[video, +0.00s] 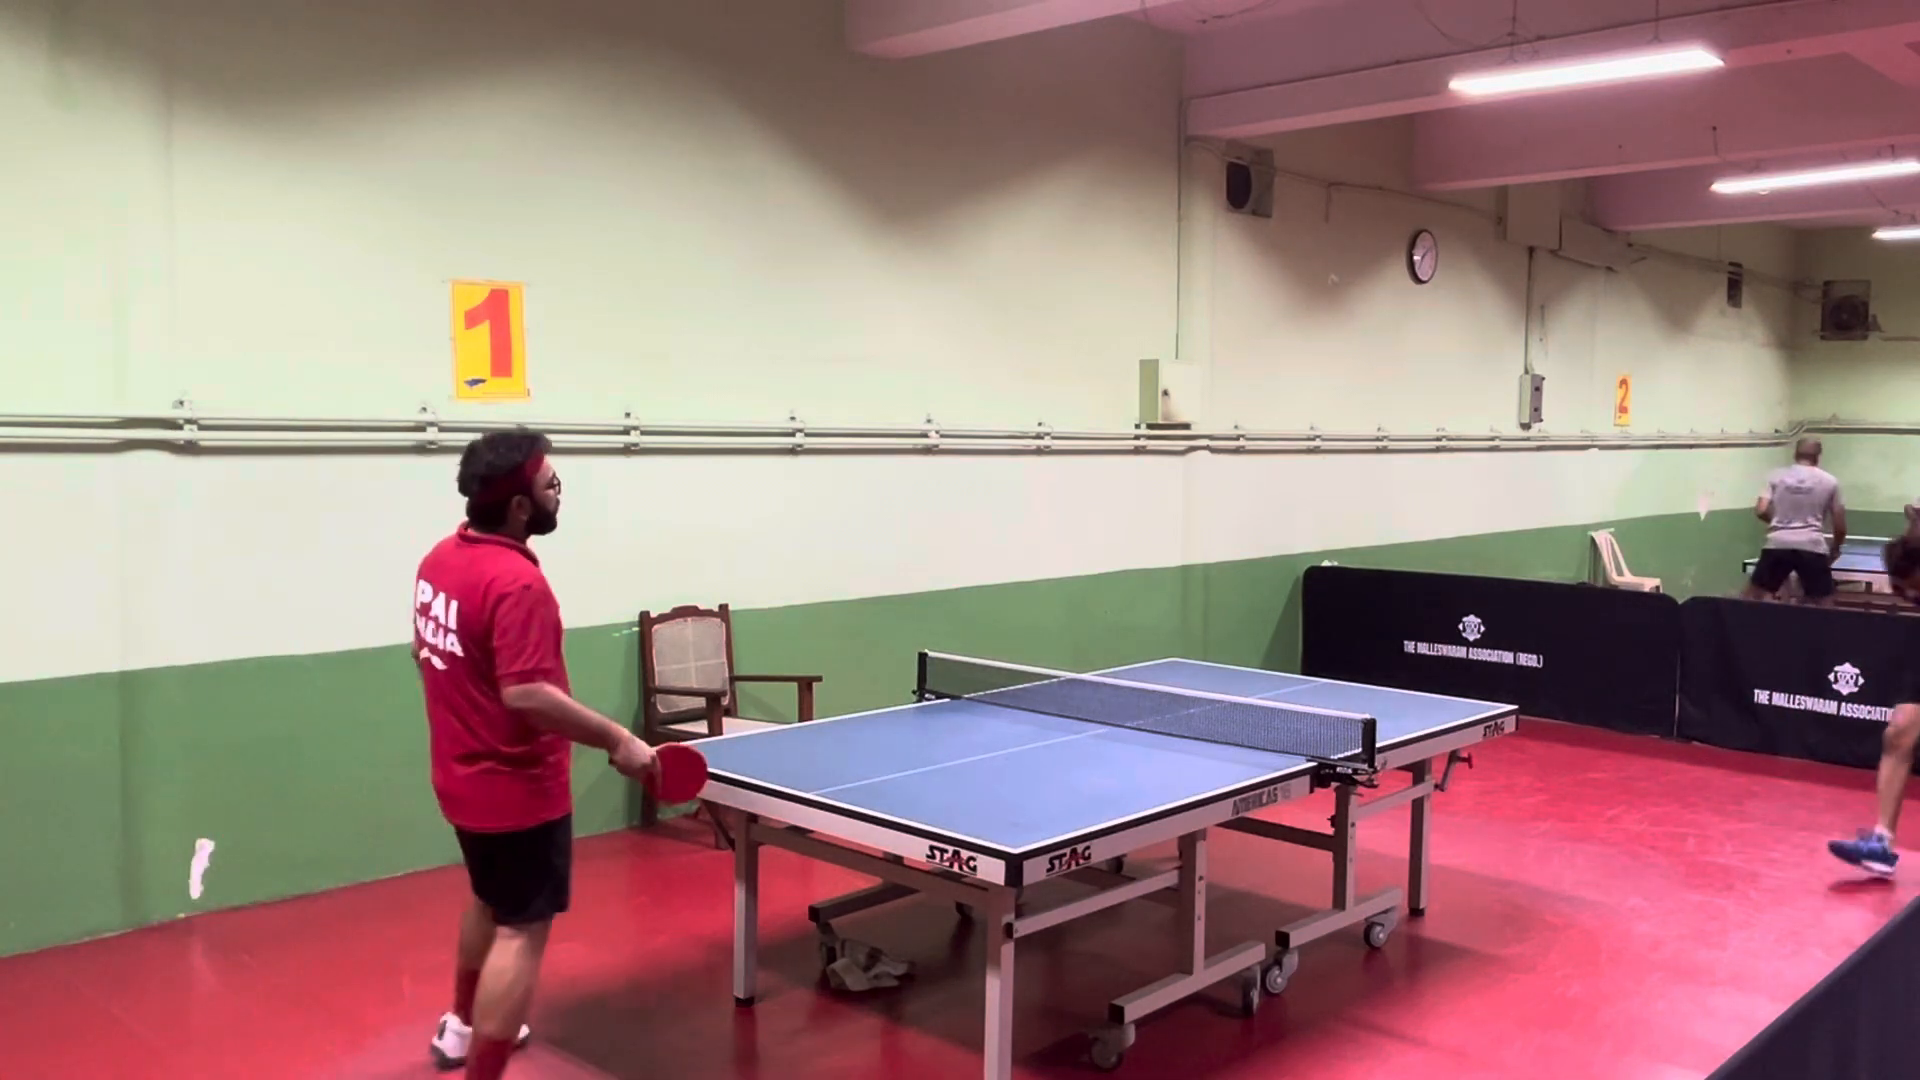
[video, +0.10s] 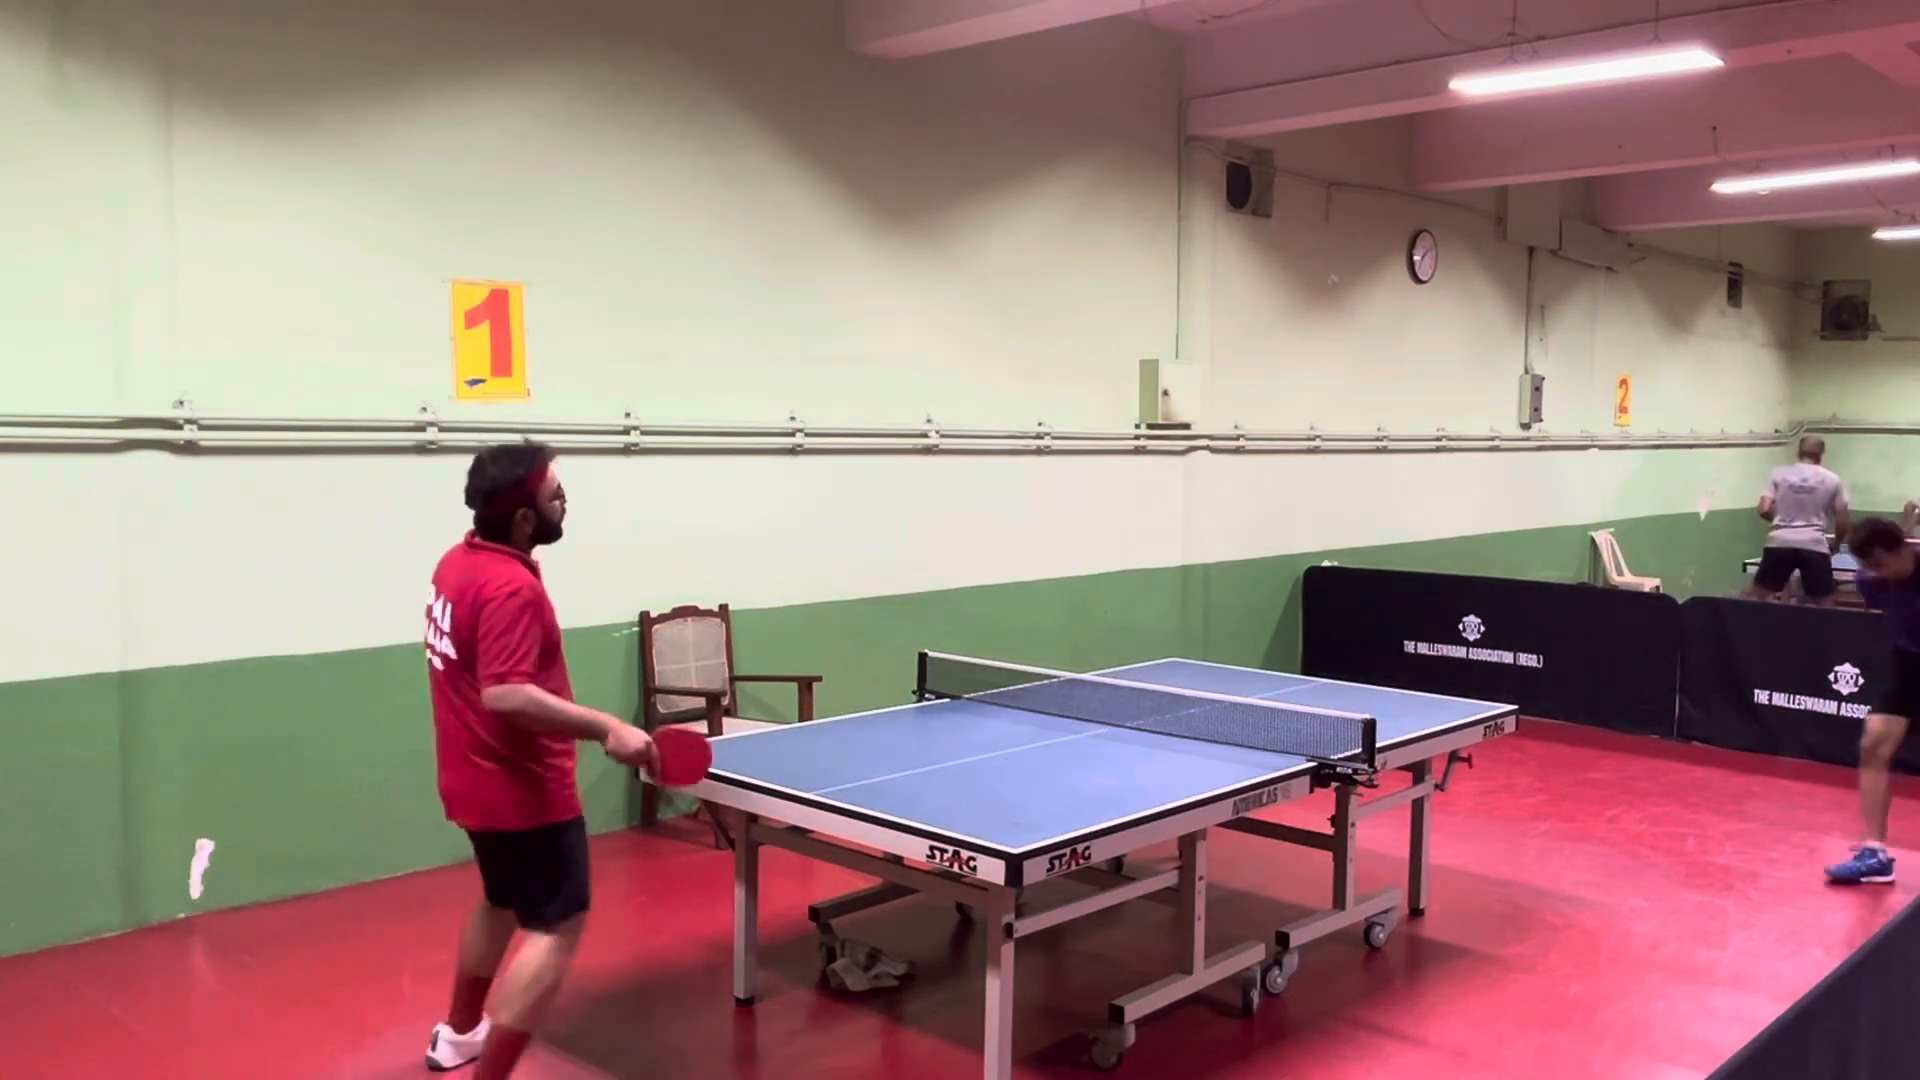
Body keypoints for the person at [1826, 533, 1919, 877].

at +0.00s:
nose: (1911, 597)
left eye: (1914, 589)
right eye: (1907, 591)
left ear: (1916, 578)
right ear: (1899, 584)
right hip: (1916, 682)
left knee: (1902, 733)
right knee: (1899, 731)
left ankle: (1883, 837)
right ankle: (1882, 837)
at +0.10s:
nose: (1874, 573)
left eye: (1878, 564)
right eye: (1869, 566)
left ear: (1898, 550)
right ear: (1868, 561)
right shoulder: (1873, 581)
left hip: (1911, 666)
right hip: (1906, 664)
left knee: (1877, 746)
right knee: (1874, 743)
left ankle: (1875, 849)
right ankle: (1875, 849)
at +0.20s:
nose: (1840, 554)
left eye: (1844, 545)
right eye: (1835, 547)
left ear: (1867, 533)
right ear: (1839, 541)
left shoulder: (1911, 559)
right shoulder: (1843, 567)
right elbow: (1851, 613)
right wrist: (1850, 662)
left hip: (1915, 660)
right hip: (1876, 661)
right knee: (1850, 744)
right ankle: (1872, 850)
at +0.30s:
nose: (1815, 531)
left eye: (1821, 521)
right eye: (1811, 523)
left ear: (1849, 514)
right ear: (1814, 522)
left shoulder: (1893, 551)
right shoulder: (1824, 556)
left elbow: (1918, 599)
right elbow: (1819, 608)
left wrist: (1882, 634)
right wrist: (1789, 666)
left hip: (1900, 658)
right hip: (1853, 656)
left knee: (1880, 755)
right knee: (1843, 753)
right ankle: (1872, 852)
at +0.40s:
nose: (1791, 518)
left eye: (1797, 509)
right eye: (1788, 510)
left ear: (1824, 502)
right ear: (1791, 508)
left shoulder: (1866, 544)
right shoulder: (1795, 545)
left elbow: (1913, 605)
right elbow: (1781, 606)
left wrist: (1915, 681)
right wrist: (1744, 641)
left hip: (1868, 652)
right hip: (1823, 652)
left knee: (1823, 739)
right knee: (1840, 751)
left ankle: (1864, 851)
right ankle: (1869, 853)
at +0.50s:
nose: (1762, 519)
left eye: (1770, 509)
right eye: (1759, 510)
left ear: (1800, 505)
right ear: (1761, 507)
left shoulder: (1837, 550)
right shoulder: (1767, 547)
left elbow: (1879, 614)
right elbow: (1741, 603)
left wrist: (1877, 687)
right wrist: (1699, 619)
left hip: (1831, 658)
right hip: (1794, 657)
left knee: (1785, 748)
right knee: (1832, 760)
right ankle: (1871, 850)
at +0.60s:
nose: (1735, 525)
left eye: (1743, 516)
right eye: (1732, 516)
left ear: (1772, 514)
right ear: (1735, 514)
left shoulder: (1805, 561)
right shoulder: (1739, 550)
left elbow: (1841, 632)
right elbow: (1707, 608)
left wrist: (1836, 706)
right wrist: (1658, 609)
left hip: (1793, 669)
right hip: (1758, 666)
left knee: (1738, 755)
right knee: (1802, 762)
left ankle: (1700, 866)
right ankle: (1862, 844)